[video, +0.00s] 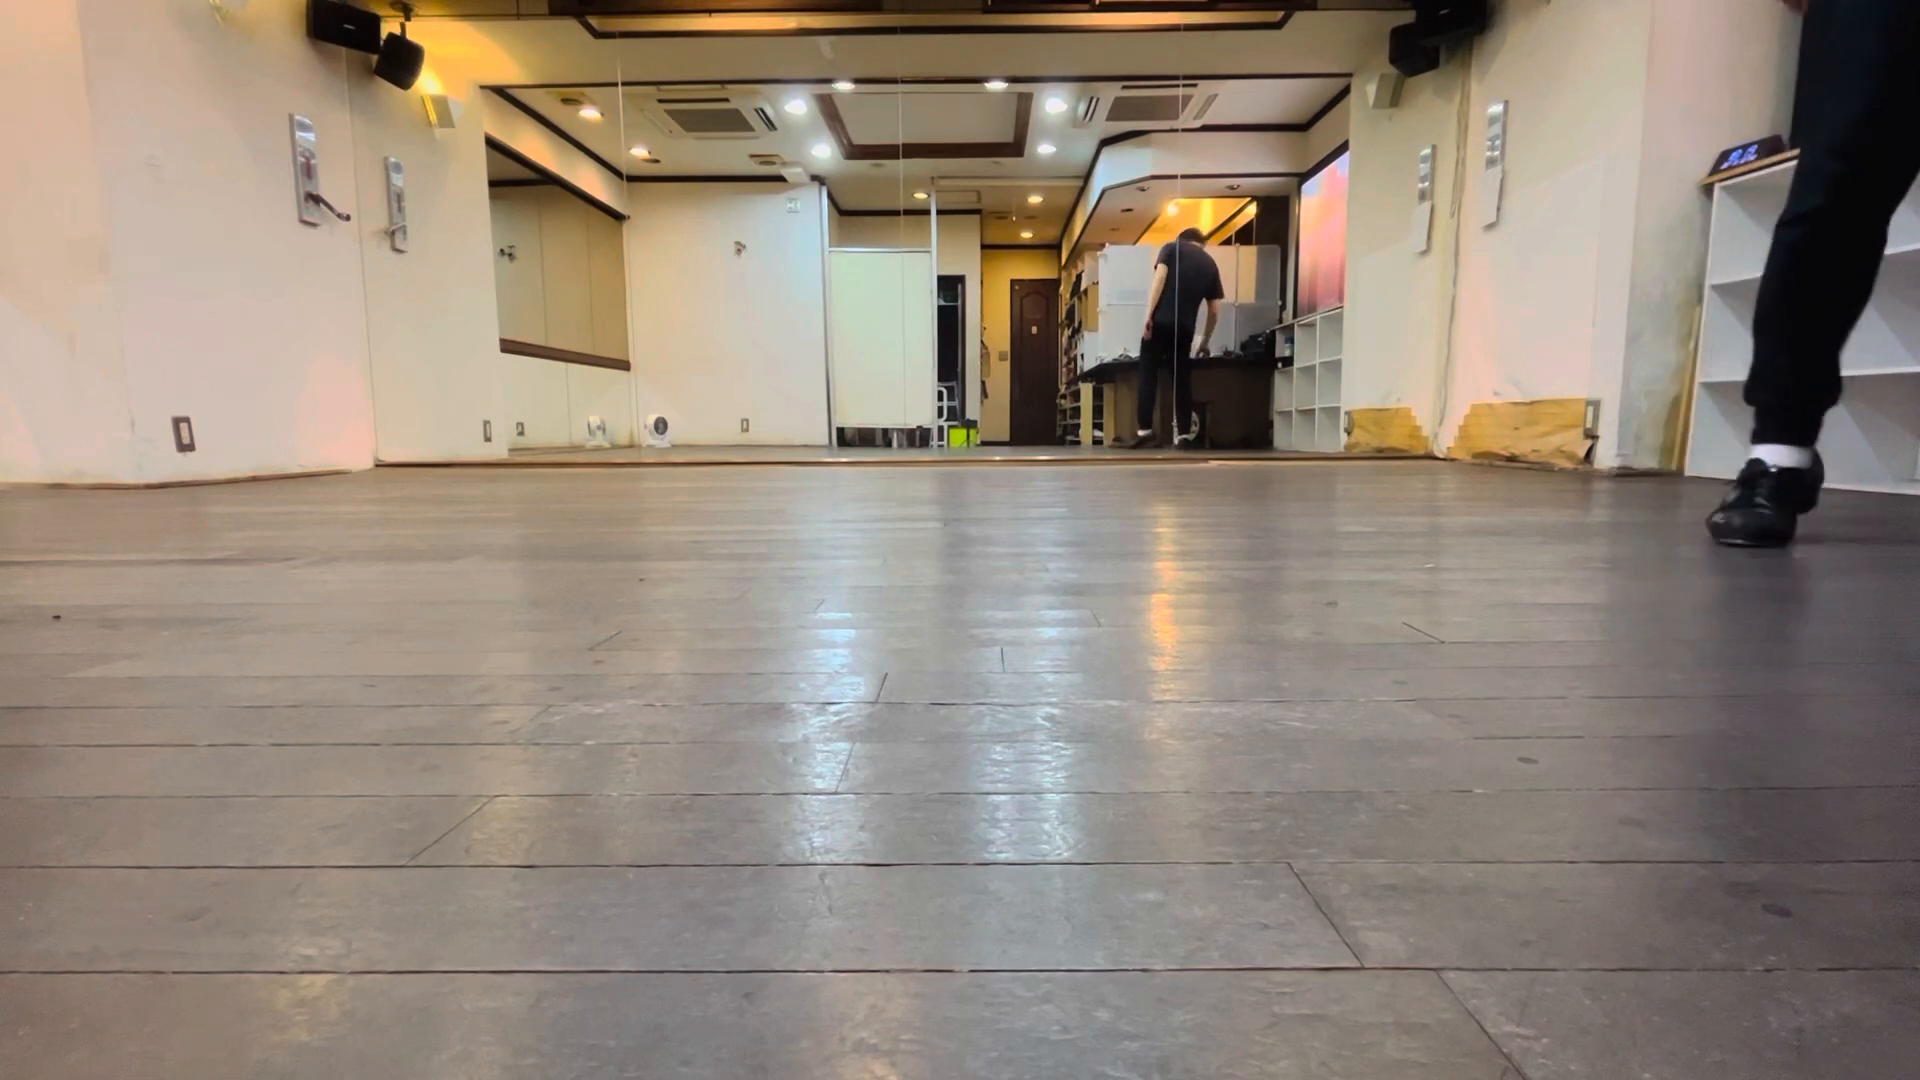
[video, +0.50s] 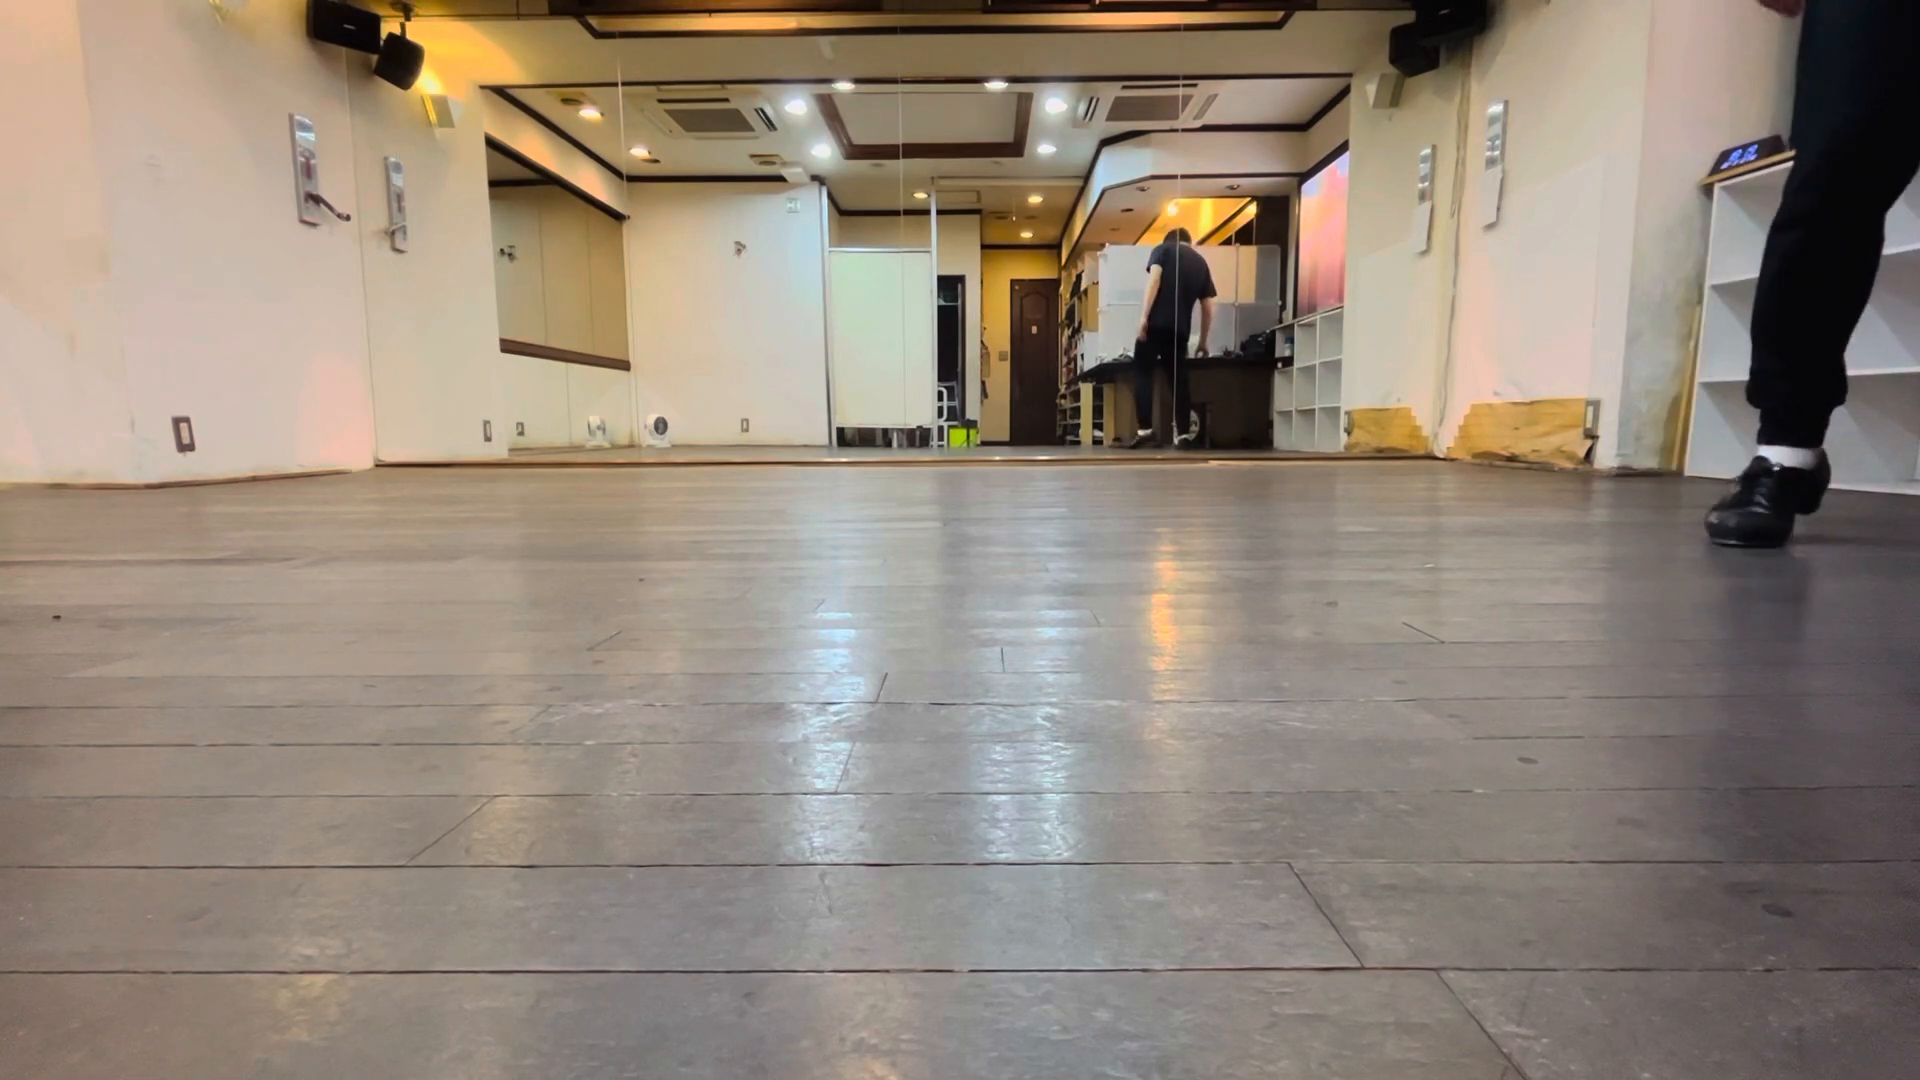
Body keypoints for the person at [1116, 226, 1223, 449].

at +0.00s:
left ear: (1181, 239)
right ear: (1201, 244)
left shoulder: (1171, 247)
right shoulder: (1210, 263)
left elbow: (1160, 278)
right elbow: (1214, 311)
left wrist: (1149, 314)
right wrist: (1205, 342)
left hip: (1159, 324)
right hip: (1184, 328)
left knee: (1147, 373)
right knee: (1182, 377)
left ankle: (1145, 429)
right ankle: (1182, 433)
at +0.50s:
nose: (1166, 244)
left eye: (1167, 241)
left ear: (1169, 240)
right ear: (1189, 242)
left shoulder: (1163, 249)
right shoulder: (1200, 261)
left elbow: (1154, 280)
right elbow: (1207, 307)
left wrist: (1144, 318)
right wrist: (1203, 340)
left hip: (1155, 327)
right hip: (1180, 330)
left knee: (1142, 373)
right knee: (1179, 378)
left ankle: (1144, 428)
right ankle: (1182, 432)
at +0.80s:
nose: (1143, 249)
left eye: (1143, 246)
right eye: (1143, 246)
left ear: (1147, 242)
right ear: (1165, 241)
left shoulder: (1150, 251)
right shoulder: (1184, 259)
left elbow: (1154, 279)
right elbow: (1195, 299)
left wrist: (1161, 315)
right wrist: (1188, 326)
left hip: (1149, 326)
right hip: (1177, 328)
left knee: (1136, 377)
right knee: (1177, 379)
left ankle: (1123, 431)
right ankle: (1182, 433)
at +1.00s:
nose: (1119, 251)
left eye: (1119, 247)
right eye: (1119, 247)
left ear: (1123, 243)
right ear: (1141, 240)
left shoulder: (1129, 255)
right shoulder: (1160, 256)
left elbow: (1139, 280)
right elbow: (1173, 292)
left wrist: (1151, 313)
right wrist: (1169, 319)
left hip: (1136, 327)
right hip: (1161, 328)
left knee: (1123, 376)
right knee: (1167, 378)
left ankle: (1117, 433)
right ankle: (1182, 429)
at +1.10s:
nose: (1108, 249)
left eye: (1107, 245)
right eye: (1107, 246)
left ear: (1110, 243)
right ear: (1130, 239)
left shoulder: (1116, 255)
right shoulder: (1149, 256)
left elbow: (1125, 282)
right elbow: (1164, 293)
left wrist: (1135, 317)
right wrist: (1160, 322)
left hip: (1127, 325)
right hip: (1152, 325)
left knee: (1115, 374)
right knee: (1156, 374)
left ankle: (1117, 434)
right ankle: (1172, 429)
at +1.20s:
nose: (1099, 249)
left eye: (1098, 245)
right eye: (1098, 246)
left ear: (1102, 242)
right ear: (1121, 238)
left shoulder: (1107, 256)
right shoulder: (1140, 257)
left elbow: (1110, 287)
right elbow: (1155, 292)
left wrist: (1111, 324)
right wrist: (1152, 327)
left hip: (1119, 326)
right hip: (1142, 326)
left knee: (1110, 376)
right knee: (1139, 372)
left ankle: (1116, 434)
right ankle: (1165, 420)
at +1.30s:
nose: (1091, 245)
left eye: (1091, 241)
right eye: (1091, 241)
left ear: (1094, 239)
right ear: (1112, 237)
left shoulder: (1098, 256)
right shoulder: (1132, 256)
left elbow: (1095, 293)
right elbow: (1146, 293)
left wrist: (1087, 331)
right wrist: (1145, 329)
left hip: (1110, 328)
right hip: (1132, 328)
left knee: (1108, 378)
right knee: (1126, 373)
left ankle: (1117, 434)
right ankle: (1139, 418)